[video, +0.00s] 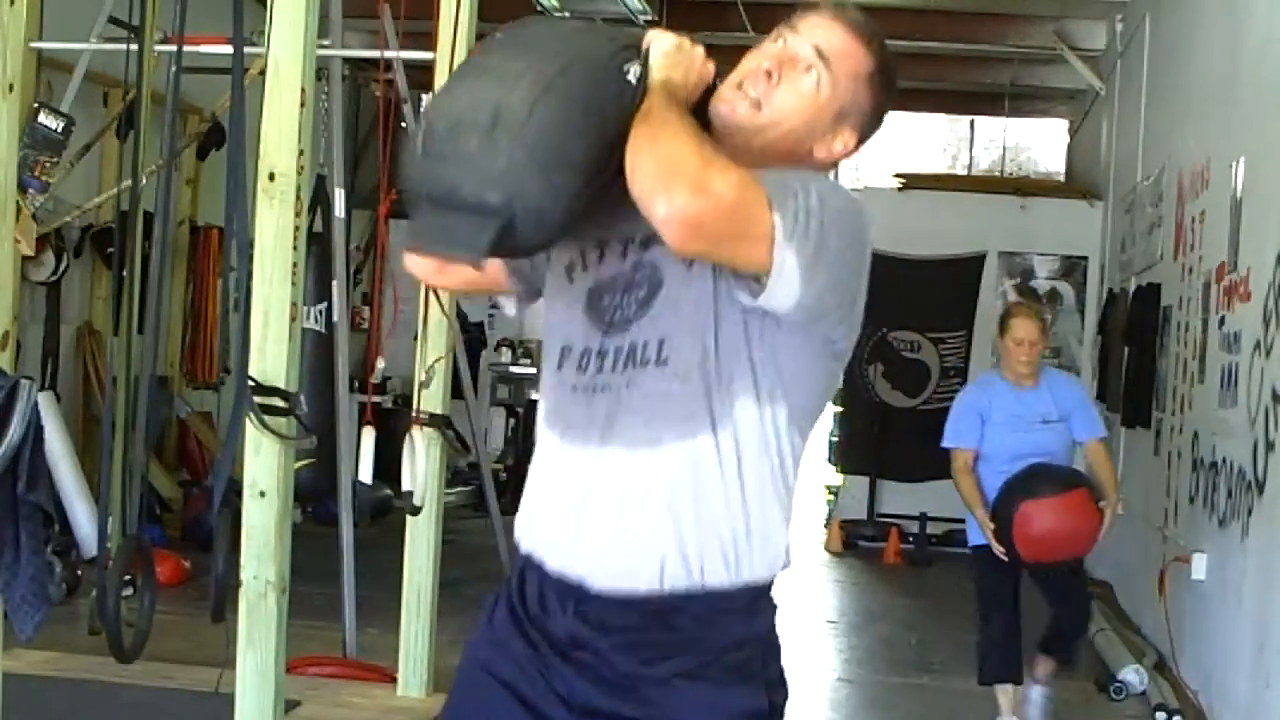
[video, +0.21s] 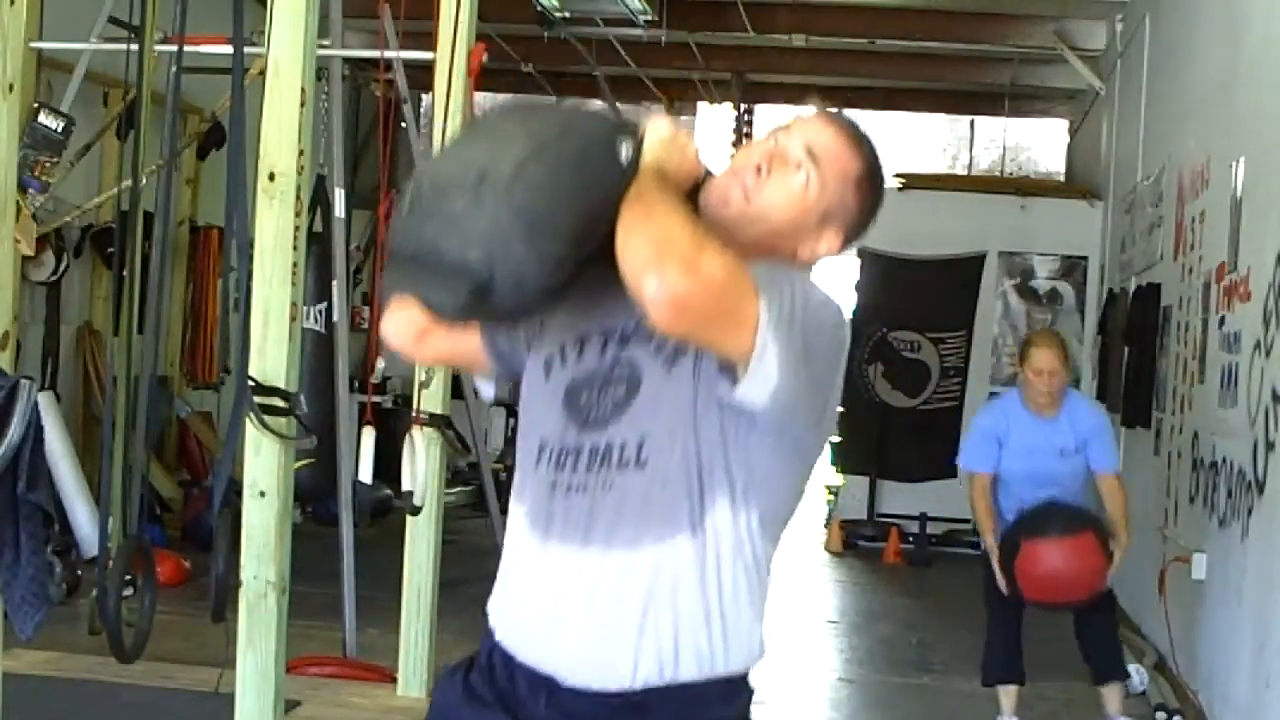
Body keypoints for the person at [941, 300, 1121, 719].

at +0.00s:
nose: (1027, 351)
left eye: (1034, 343)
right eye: (1018, 342)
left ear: (1044, 344)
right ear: (1000, 344)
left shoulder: (1068, 389)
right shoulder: (977, 395)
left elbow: (1094, 448)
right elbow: (961, 465)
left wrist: (1111, 495)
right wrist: (981, 515)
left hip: (1052, 526)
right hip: (993, 527)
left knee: (1073, 609)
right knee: (999, 618)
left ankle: (1039, 678)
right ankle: (1006, 710)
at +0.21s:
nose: (1046, 381)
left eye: (1054, 372)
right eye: (1037, 372)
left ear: (1067, 372)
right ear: (1021, 372)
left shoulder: (1089, 415)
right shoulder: (994, 417)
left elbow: (1108, 479)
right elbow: (980, 485)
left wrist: (1120, 535)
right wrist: (992, 544)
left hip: (1074, 529)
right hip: (1011, 533)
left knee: (1100, 614)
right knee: (1004, 616)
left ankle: (1114, 711)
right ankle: (1007, 712)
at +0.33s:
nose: (1059, 438)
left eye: (1067, 428)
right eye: (1050, 429)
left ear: (1080, 428)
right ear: (1036, 427)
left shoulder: (1100, 465)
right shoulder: (1008, 465)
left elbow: (1115, 537)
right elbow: (997, 538)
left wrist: (1124, 601)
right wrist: (998, 611)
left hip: (1087, 569)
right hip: (1025, 569)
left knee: (1126, 622)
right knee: (993, 615)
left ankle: (1127, 713)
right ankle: (1006, 712)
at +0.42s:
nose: (1065, 469)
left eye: (1073, 459)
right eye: (1056, 459)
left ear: (1086, 458)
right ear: (1040, 456)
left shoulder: (1105, 493)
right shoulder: (1013, 492)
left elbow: (1117, 566)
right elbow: (1005, 565)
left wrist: (1125, 633)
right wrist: (999, 639)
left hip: (1090, 590)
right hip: (1027, 589)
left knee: (1138, 631)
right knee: (984, 629)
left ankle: (1130, 714)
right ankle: (1005, 713)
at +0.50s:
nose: (1069, 507)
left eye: (1077, 496)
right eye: (1060, 496)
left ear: (1091, 494)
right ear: (1047, 494)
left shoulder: (1113, 531)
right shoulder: (1021, 524)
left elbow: (1120, 603)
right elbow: (1010, 596)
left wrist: (1125, 670)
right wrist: (1001, 668)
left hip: (1093, 607)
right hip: (1030, 604)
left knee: (1149, 637)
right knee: (978, 627)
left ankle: (1132, 713)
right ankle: (1003, 709)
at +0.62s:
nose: (1072, 522)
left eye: (1082, 512)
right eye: (1064, 512)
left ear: (1096, 512)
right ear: (1051, 508)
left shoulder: (1115, 544)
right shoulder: (1025, 536)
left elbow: (1121, 618)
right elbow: (1013, 609)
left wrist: (1126, 683)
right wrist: (1002, 681)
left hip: (1094, 617)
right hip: (1032, 613)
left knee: (1154, 640)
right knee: (977, 628)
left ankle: (1132, 715)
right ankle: (1001, 710)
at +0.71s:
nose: (1076, 514)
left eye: (1085, 504)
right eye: (1068, 503)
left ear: (1099, 505)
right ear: (1055, 501)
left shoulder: (1116, 538)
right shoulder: (1027, 533)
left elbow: (1122, 612)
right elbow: (1014, 604)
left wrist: (1125, 679)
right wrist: (1002, 677)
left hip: (1096, 615)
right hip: (1033, 611)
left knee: (1154, 641)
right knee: (979, 628)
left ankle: (1132, 714)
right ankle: (999, 710)